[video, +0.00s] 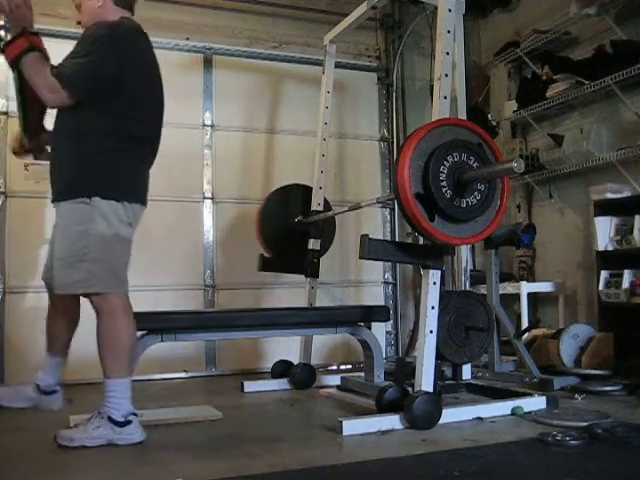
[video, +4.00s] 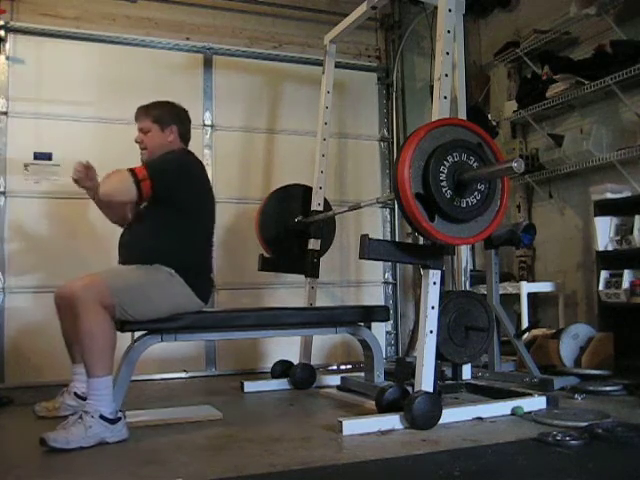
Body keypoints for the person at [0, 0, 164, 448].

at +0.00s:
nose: (76, 11)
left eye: (79, 4)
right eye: (76, 5)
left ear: (101, 1)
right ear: (118, 5)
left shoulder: (113, 36)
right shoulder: (117, 43)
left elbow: (53, 91)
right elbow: (100, 133)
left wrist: (21, 34)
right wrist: (43, 143)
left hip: (102, 189)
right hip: (84, 189)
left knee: (106, 293)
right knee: (63, 285)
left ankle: (119, 416)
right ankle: (47, 386)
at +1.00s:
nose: (26, 54)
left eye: (29, 44)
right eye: (23, 47)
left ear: (56, 36)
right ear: (57, 39)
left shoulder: (76, 64)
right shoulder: (72, 73)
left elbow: (46, 132)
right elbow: (35, 151)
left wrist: (31, 126)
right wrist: (3, 142)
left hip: (106, 201)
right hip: (93, 201)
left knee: (90, 299)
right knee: (85, 299)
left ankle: (104, 414)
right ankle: (96, 397)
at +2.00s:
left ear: (4, 141)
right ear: (6, 141)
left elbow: (52, 178)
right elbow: (28, 219)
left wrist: (51, 255)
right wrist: (29, 268)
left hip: (143, 208)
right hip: (119, 215)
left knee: (92, 294)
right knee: (73, 293)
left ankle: (106, 415)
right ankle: (84, 395)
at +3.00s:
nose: (88, 161)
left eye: (90, 153)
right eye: (85, 155)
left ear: (109, 142)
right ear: (112, 143)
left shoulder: (141, 170)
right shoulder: (127, 173)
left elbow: (80, 220)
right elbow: (75, 229)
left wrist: (31, 229)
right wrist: (28, 228)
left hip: (173, 280)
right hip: (150, 278)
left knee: (81, 296)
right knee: (68, 295)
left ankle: (104, 416)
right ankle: (81, 394)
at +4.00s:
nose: (138, 140)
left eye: (145, 132)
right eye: (138, 133)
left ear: (171, 134)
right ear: (168, 136)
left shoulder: (180, 163)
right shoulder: (164, 170)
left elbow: (115, 188)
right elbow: (125, 217)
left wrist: (109, 186)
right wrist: (93, 189)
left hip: (178, 280)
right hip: (153, 277)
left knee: (87, 293)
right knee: (66, 297)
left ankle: (105, 416)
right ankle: (82, 393)